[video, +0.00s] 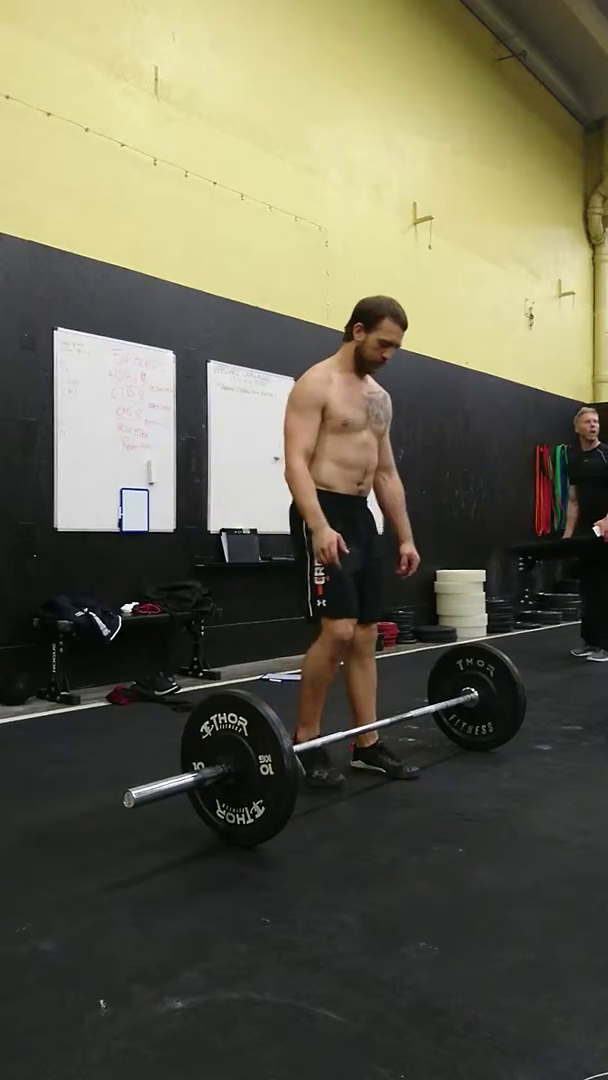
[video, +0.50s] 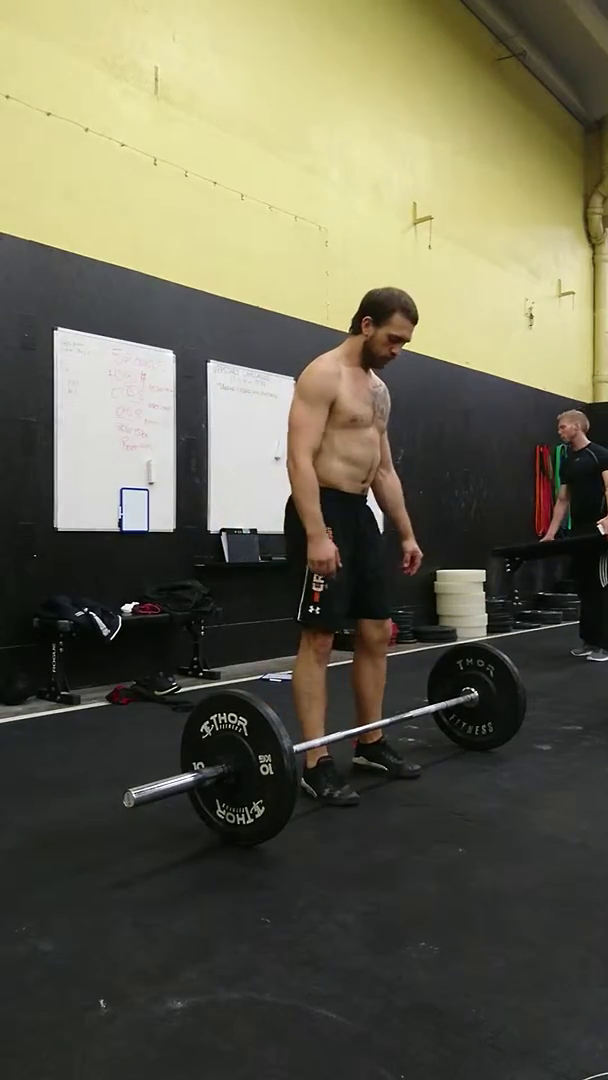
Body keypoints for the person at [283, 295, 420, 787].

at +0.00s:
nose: (388, 354)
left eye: (394, 347)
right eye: (383, 344)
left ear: (393, 344)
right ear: (356, 332)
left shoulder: (379, 397)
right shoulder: (315, 383)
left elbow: (385, 473)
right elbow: (295, 461)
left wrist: (405, 536)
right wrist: (319, 526)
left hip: (362, 517)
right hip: (323, 515)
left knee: (364, 635)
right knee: (337, 631)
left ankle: (366, 743)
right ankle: (305, 743)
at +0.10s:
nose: (393, 352)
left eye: (398, 345)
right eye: (388, 342)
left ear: (396, 342)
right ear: (360, 330)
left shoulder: (383, 394)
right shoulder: (319, 381)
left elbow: (389, 470)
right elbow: (300, 461)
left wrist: (412, 531)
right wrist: (314, 532)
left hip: (363, 515)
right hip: (324, 511)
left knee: (364, 633)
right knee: (338, 631)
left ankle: (367, 747)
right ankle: (310, 753)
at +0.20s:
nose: (395, 351)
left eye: (401, 344)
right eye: (391, 341)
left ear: (398, 341)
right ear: (362, 329)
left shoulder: (382, 394)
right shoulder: (321, 380)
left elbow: (390, 469)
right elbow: (302, 462)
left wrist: (417, 528)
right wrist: (309, 539)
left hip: (364, 517)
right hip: (327, 514)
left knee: (363, 638)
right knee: (330, 638)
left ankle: (367, 747)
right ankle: (315, 763)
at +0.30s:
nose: (396, 350)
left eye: (403, 343)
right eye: (392, 340)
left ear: (399, 339)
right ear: (364, 326)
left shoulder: (380, 392)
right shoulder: (322, 377)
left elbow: (387, 469)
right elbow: (302, 461)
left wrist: (416, 528)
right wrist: (307, 539)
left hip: (363, 517)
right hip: (325, 513)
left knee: (365, 639)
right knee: (326, 641)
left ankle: (367, 747)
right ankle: (315, 763)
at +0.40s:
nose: (397, 351)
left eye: (403, 343)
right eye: (393, 340)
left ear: (398, 338)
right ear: (364, 325)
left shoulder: (378, 391)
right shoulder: (322, 375)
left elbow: (384, 469)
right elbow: (299, 460)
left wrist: (410, 531)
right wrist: (310, 536)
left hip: (361, 517)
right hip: (323, 513)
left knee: (373, 636)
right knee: (322, 639)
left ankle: (368, 743)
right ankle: (315, 762)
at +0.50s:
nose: (398, 351)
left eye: (404, 343)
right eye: (394, 340)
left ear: (396, 337)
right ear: (365, 325)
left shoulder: (379, 388)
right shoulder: (323, 374)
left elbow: (383, 468)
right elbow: (299, 458)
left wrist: (405, 531)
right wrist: (316, 534)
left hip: (363, 516)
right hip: (323, 515)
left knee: (375, 635)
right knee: (318, 640)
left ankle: (371, 742)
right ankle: (316, 761)